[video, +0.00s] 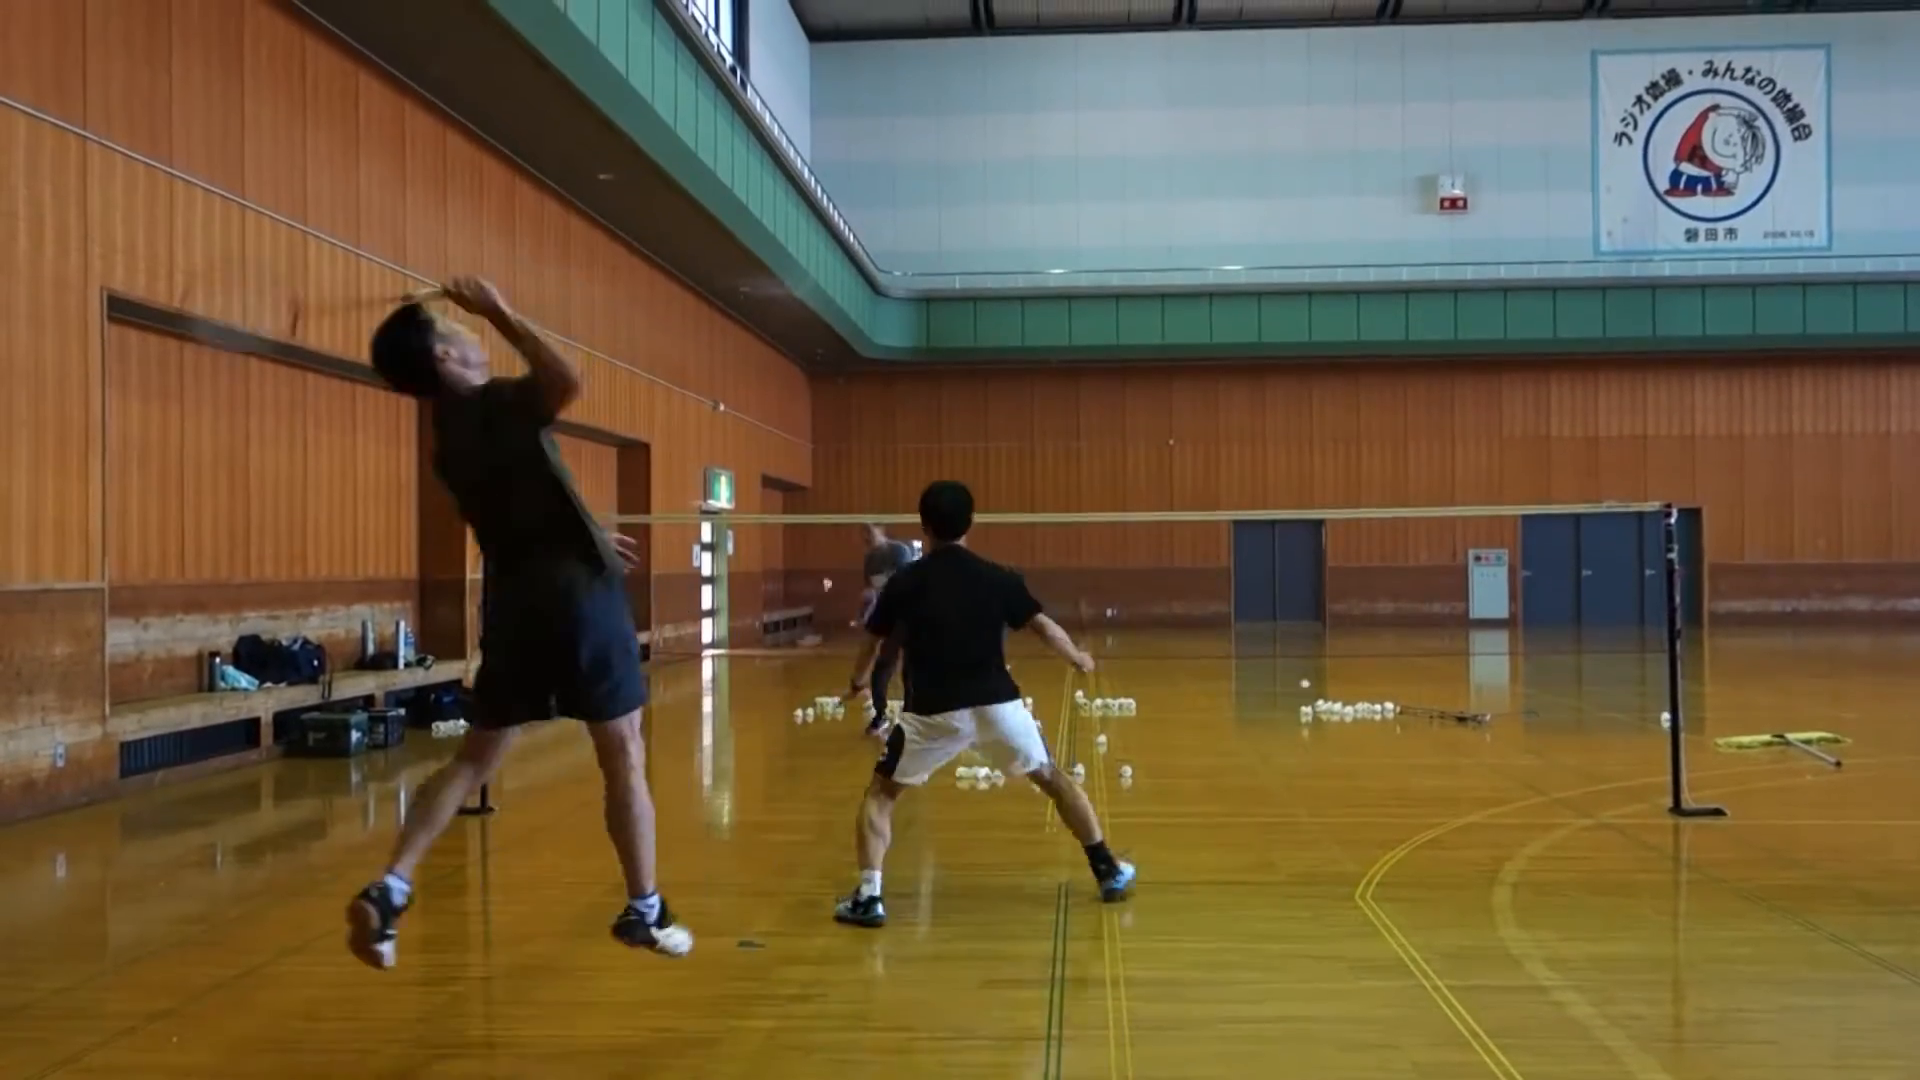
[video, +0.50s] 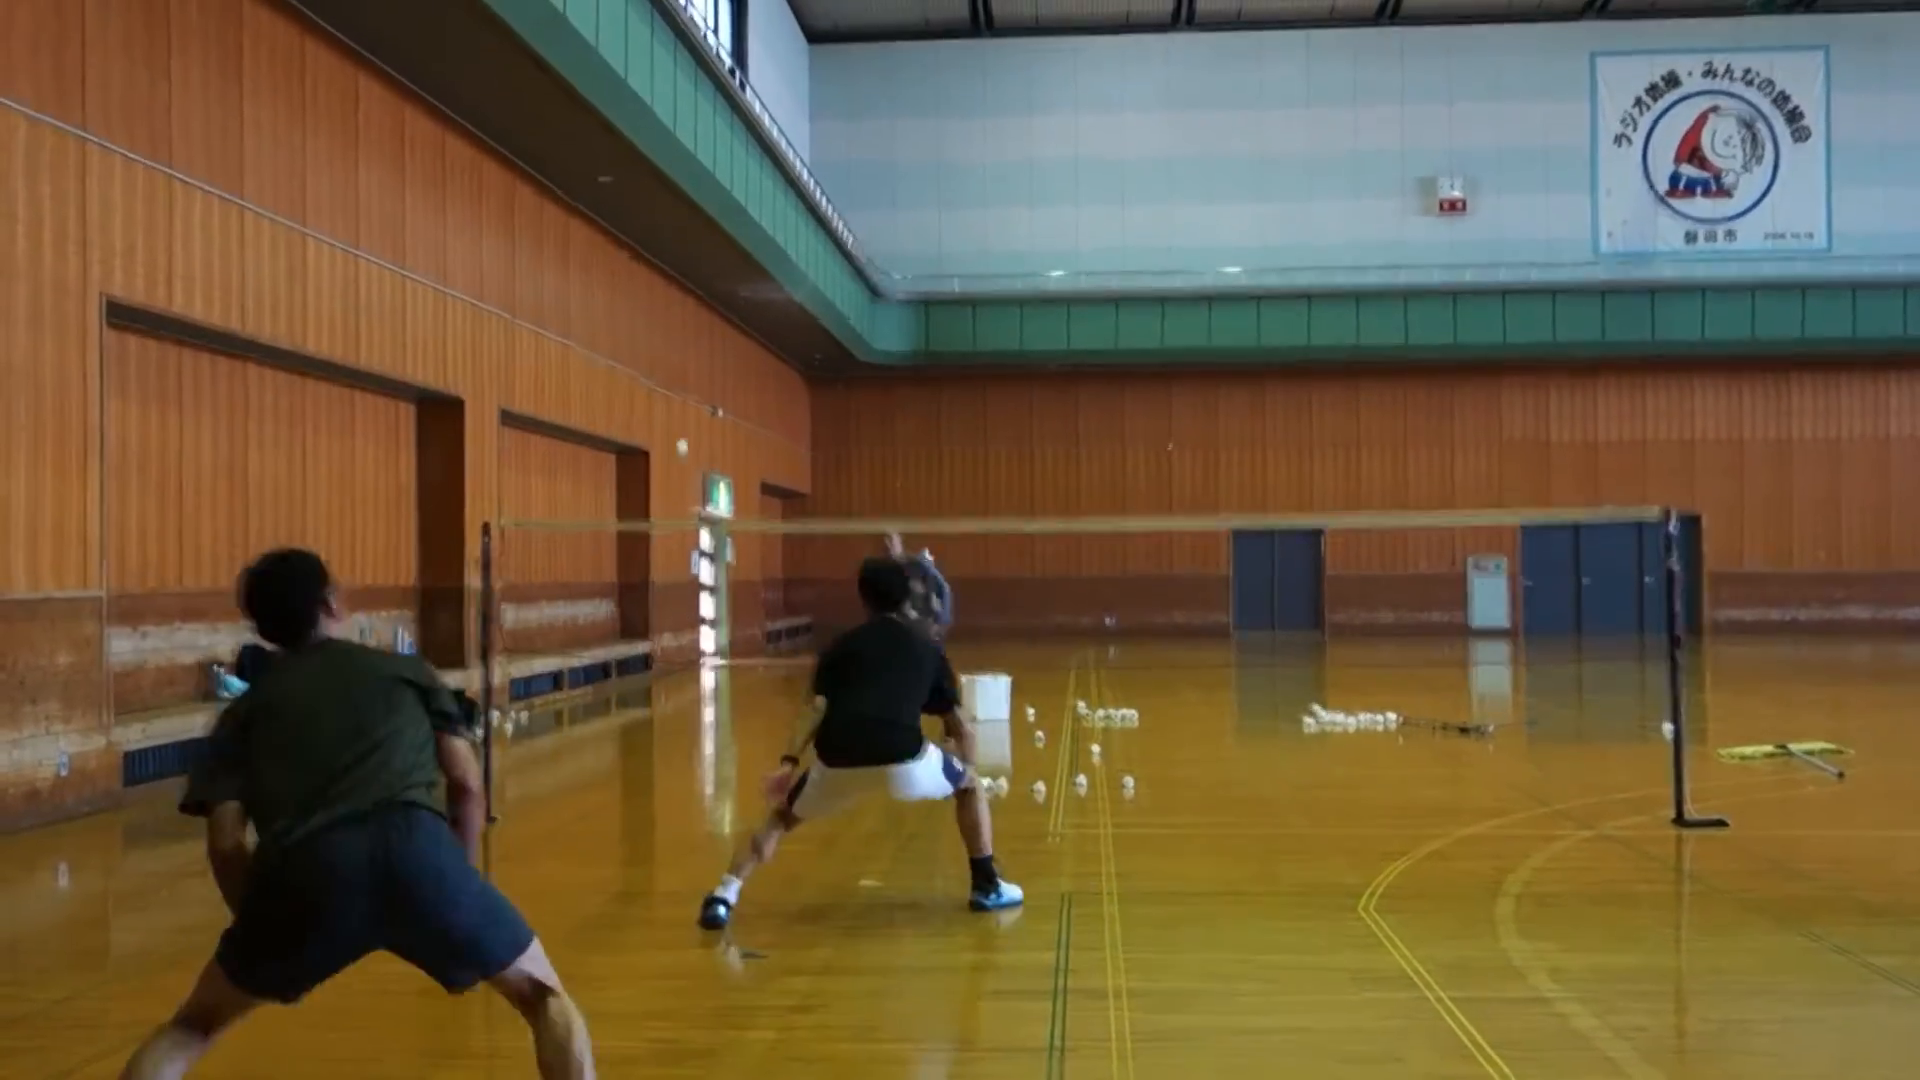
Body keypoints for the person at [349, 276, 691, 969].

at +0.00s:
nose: (469, 335)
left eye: (457, 327)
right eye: (454, 332)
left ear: (430, 370)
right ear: (446, 358)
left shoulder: (447, 438)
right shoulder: (498, 404)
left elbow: (504, 515)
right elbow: (561, 379)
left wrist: (587, 536)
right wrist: (498, 310)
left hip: (514, 610)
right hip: (583, 600)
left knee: (472, 760)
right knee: (624, 758)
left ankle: (392, 887)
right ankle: (645, 907)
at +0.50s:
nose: (345, 604)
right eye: (338, 595)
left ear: (264, 630)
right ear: (330, 607)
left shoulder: (246, 711)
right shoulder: (403, 670)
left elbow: (225, 846)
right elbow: (466, 782)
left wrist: (262, 933)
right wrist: (464, 887)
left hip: (308, 880)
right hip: (419, 860)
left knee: (193, 1026)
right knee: (545, 999)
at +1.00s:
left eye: (476, 558)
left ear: (476, 568)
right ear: (544, 571)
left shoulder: (453, 612)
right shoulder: (569, 631)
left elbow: (357, 620)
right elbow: (587, 686)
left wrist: (251, 641)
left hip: (495, 807)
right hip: (575, 797)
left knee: (464, 973)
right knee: (586, 862)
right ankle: (590, 989)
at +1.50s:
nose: (545, 535)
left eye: (545, 526)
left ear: (549, 535)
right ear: (603, 531)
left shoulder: (550, 599)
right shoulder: (634, 589)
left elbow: (491, 686)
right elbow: (615, 681)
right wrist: (538, 690)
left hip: (616, 765)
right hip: (668, 749)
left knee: (570, 894)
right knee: (644, 844)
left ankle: (611, 1031)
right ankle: (665, 956)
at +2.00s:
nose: (617, 534)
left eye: (617, 528)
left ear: (620, 531)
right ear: (667, 528)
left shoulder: (617, 579)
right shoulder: (706, 574)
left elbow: (607, 639)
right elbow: (738, 650)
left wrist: (585, 712)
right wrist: (741, 705)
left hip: (660, 710)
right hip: (720, 705)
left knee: (605, 789)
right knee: (716, 787)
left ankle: (608, 897)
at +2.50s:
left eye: (550, 606)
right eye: (584, 577)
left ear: (555, 612)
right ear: (587, 583)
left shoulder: (578, 666)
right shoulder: (634, 595)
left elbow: (608, 730)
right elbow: (700, 584)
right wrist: (695, 567)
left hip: (660, 734)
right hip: (708, 710)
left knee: (591, 792)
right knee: (775, 791)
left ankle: (571, 891)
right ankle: (837, 872)